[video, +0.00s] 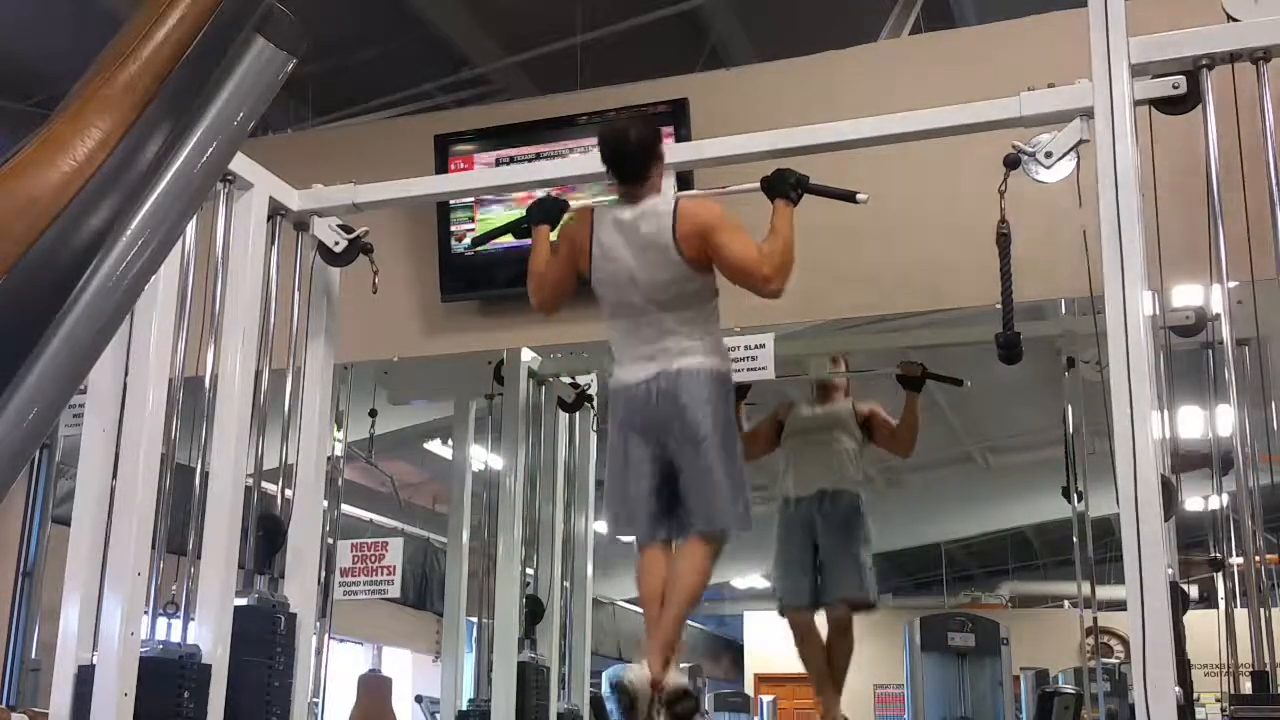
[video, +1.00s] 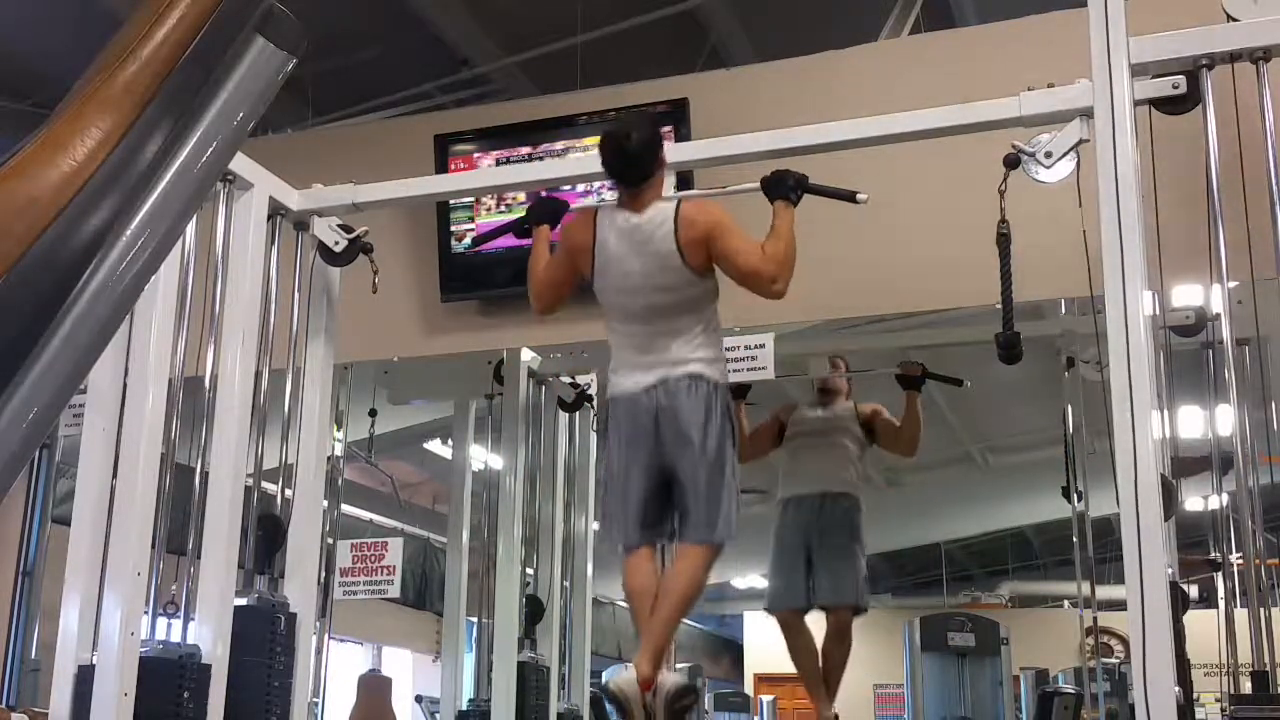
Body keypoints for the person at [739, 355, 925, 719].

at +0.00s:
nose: (828, 370)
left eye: (836, 366)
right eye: (822, 365)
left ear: (847, 379)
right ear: (811, 376)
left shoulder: (862, 411)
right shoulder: (789, 412)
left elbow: (902, 445)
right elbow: (750, 450)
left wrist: (912, 394)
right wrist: (737, 405)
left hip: (842, 510)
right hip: (793, 514)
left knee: (840, 613)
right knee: (797, 615)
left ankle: (830, 706)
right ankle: (829, 707)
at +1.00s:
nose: (830, 368)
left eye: (838, 366)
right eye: (824, 366)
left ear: (849, 382)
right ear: (813, 380)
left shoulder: (865, 413)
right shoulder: (791, 413)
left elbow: (906, 445)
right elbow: (744, 451)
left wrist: (912, 393)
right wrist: (737, 401)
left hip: (841, 509)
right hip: (793, 510)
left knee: (841, 612)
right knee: (785, 610)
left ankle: (825, 708)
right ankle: (822, 707)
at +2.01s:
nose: (828, 418)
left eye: (836, 414)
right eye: (822, 415)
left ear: (850, 426)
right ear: (813, 427)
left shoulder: (861, 454)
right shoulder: (793, 456)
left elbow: (906, 445)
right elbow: (741, 453)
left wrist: (912, 393)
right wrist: (735, 401)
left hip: (842, 556)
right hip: (792, 556)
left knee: (840, 663)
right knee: (781, 660)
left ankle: (829, 717)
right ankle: (806, 715)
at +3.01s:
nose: (828, 445)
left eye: (836, 442)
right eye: (822, 442)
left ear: (848, 455)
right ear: (811, 454)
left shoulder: (860, 480)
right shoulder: (789, 480)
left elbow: (902, 450)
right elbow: (739, 453)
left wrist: (910, 394)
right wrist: (736, 401)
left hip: (839, 589)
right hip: (788, 588)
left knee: (841, 696)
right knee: (779, 694)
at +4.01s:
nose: (826, 463)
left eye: (835, 462)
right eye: (820, 462)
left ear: (848, 476)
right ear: (811, 474)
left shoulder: (859, 499)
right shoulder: (788, 498)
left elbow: (901, 452)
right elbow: (746, 457)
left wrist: (909, 395)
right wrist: (738, 403)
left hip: (840, 613)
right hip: (789, 613)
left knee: (845, 709)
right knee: (784, 708)